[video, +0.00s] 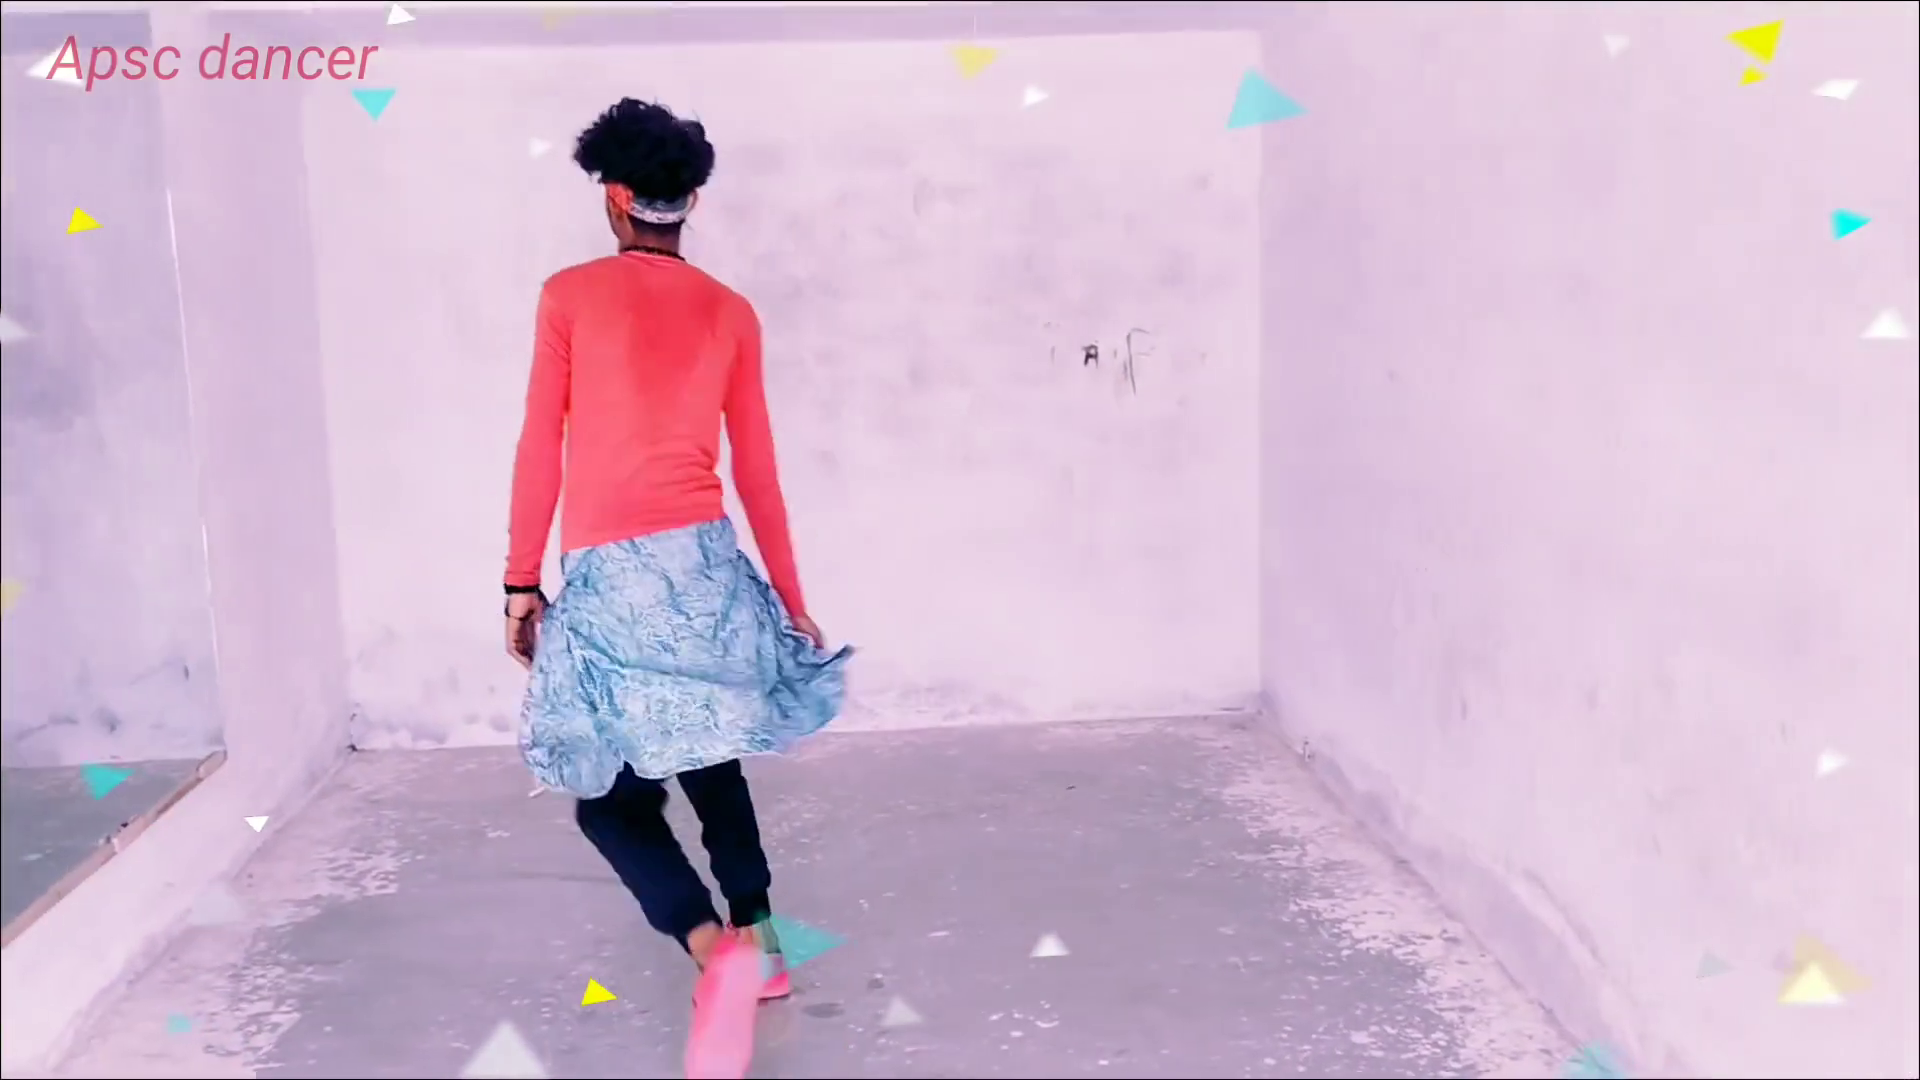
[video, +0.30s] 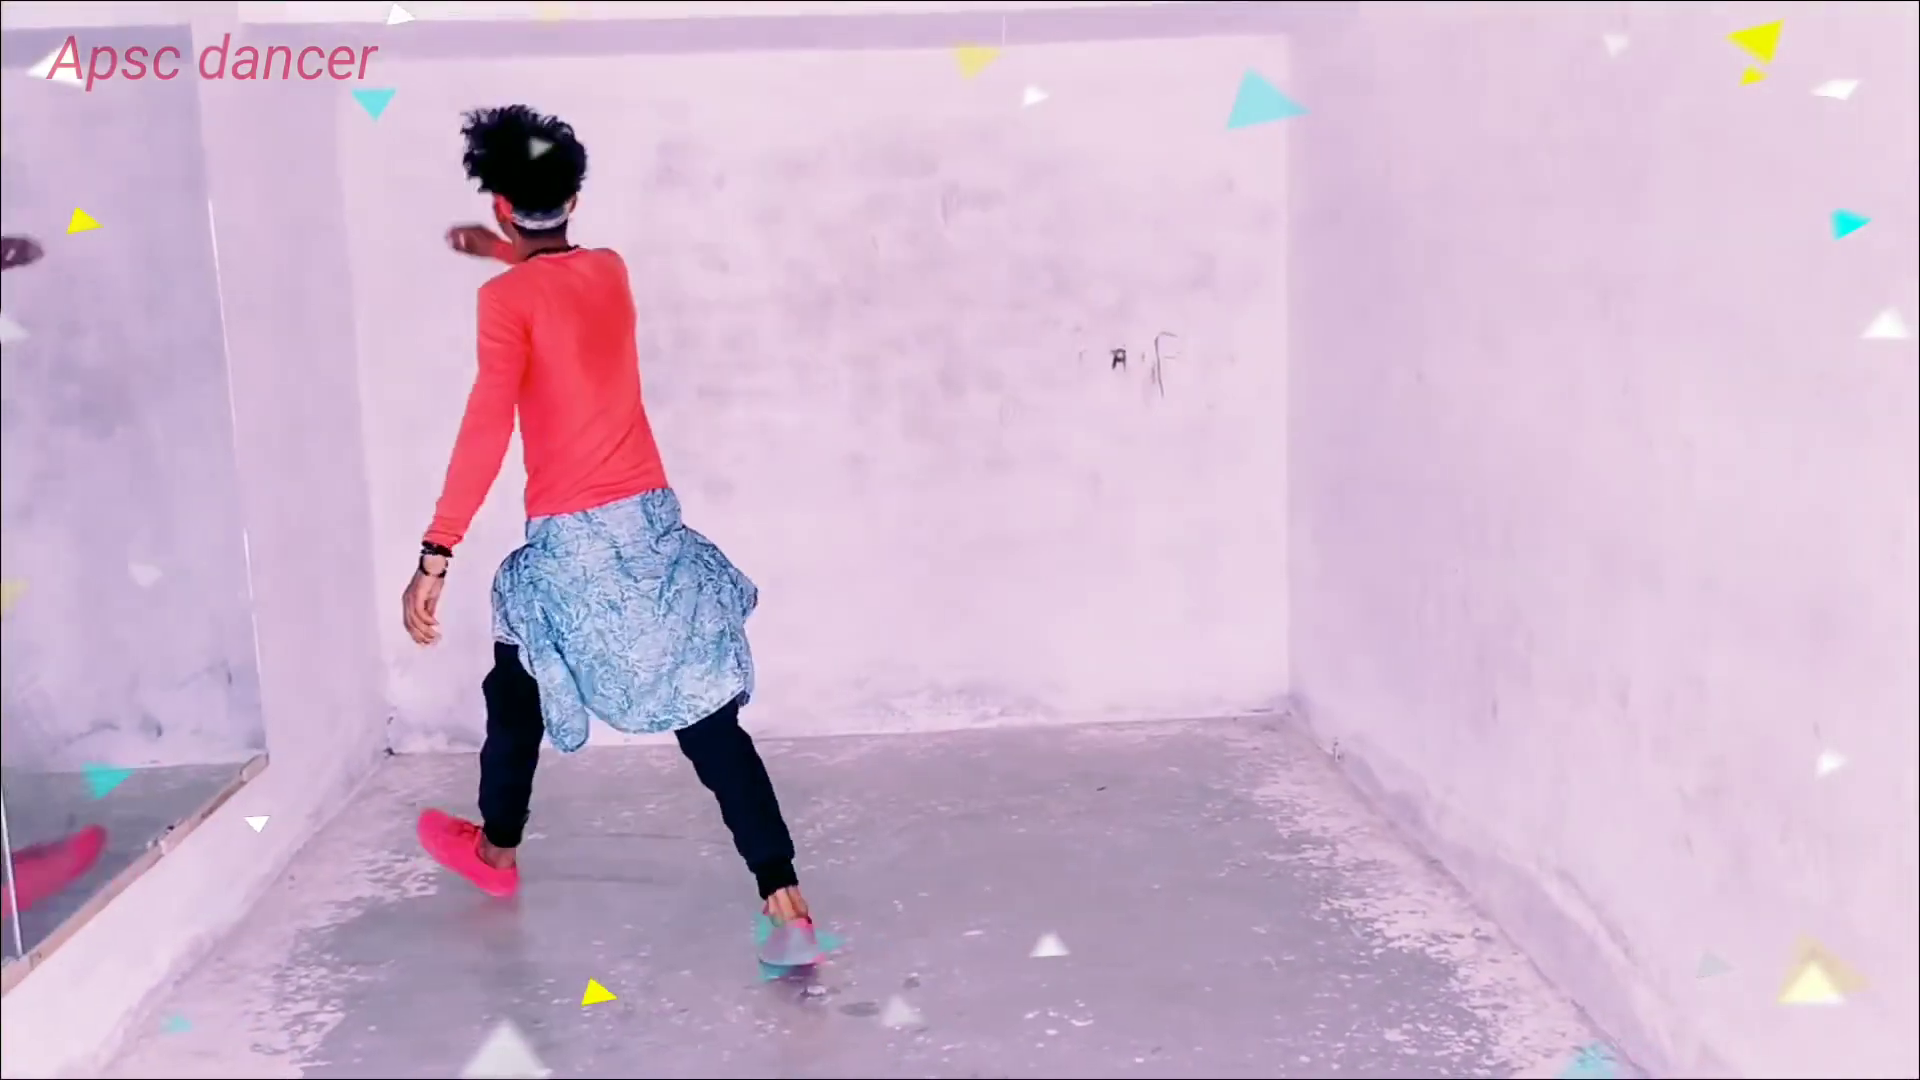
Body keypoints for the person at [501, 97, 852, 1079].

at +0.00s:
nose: (608, 201)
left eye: (608, 189)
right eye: (621, 190)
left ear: (613, 197)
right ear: (695, 203)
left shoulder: (571, 295)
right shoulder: (728, 311)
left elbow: (541, 442)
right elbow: (757, 476)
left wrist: (521, 576)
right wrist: (791, 601)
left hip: (606, 574)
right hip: (706, 565)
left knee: (605, 786)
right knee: (711, 761)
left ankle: (710, 944)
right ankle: (759, 949)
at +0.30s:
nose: (494, 211)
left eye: (495, 201)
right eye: (495, 204)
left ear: (501, 207)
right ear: (575, 201)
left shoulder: (508, 300)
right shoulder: (611, 271)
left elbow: (487, 430)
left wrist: (437, 553)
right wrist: (500, 249)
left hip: (571, 540)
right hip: (653, 522)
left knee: (515, 677)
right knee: (706, 712)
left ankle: (497, 847)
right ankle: (786, 904)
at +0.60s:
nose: (426, 165)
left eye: (427, 155)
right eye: (438, 149)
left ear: (437, 170)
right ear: (504, 151)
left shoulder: (458, 255)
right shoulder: (530, 209)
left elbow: (473, 384)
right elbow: (494, 119)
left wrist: (442, 498)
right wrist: (439, 32)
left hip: (511, 480)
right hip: (576, 465)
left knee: (497, 661)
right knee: (556, 646)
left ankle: (508, 838)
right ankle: (630, 802)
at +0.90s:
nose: (465, 164)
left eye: (470, 153)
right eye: (469, 151)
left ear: (488, 167)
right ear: (521, 162)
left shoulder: (530, 246)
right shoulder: (525, 216)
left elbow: (563, 376)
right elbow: (488, 93)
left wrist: (527, 479)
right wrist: (458, 5)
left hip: (542, 466)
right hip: (553, 457)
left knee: (506, 638)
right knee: (549, 629)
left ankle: (544, 820)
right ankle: (592, 786)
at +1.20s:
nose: (529, 174)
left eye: (548, 159)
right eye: (522, 157)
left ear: (584, 167)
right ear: (514, 163)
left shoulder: (602, 251)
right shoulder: (534, 221)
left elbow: (643, 363)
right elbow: (488, 120)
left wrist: (664, 474)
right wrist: (447, 22)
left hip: (609, 465)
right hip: (563, 463)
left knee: (607, 631)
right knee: (566, 629)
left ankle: (676, 797)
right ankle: (606, 787)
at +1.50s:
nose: (627, 190)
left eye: (641, 175)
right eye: (613, 174)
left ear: (663, 180)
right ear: (595, 180)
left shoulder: (693, 262)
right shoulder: (587, 259)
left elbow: (737, 364)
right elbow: (550, 324)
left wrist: (760, 470)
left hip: (702, 486)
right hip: (626, 491)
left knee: (771, 631)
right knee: (572, 637)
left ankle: (858, 782)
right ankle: (607, 788)